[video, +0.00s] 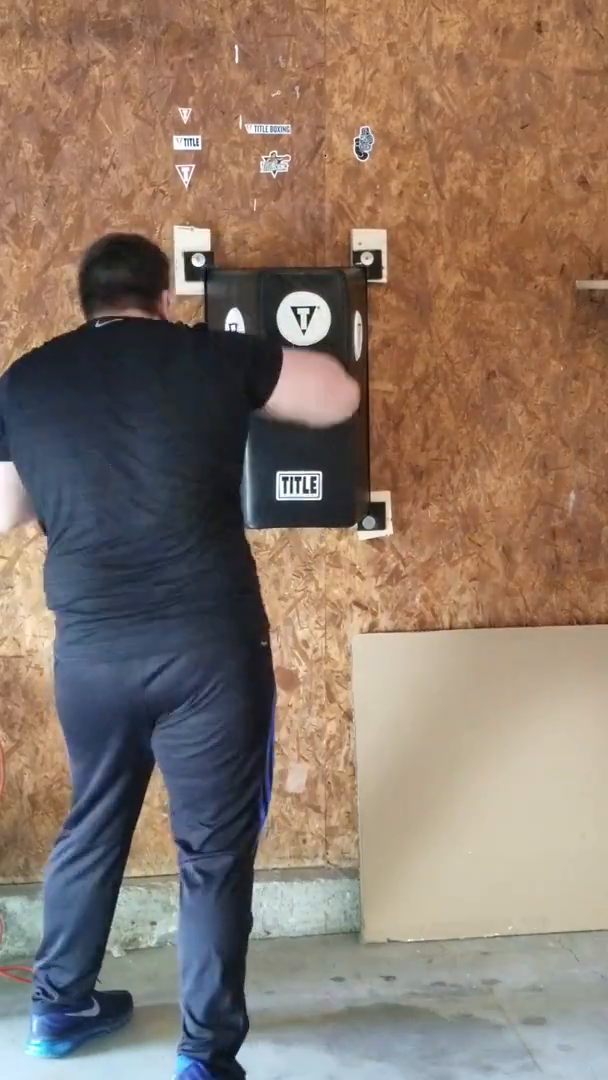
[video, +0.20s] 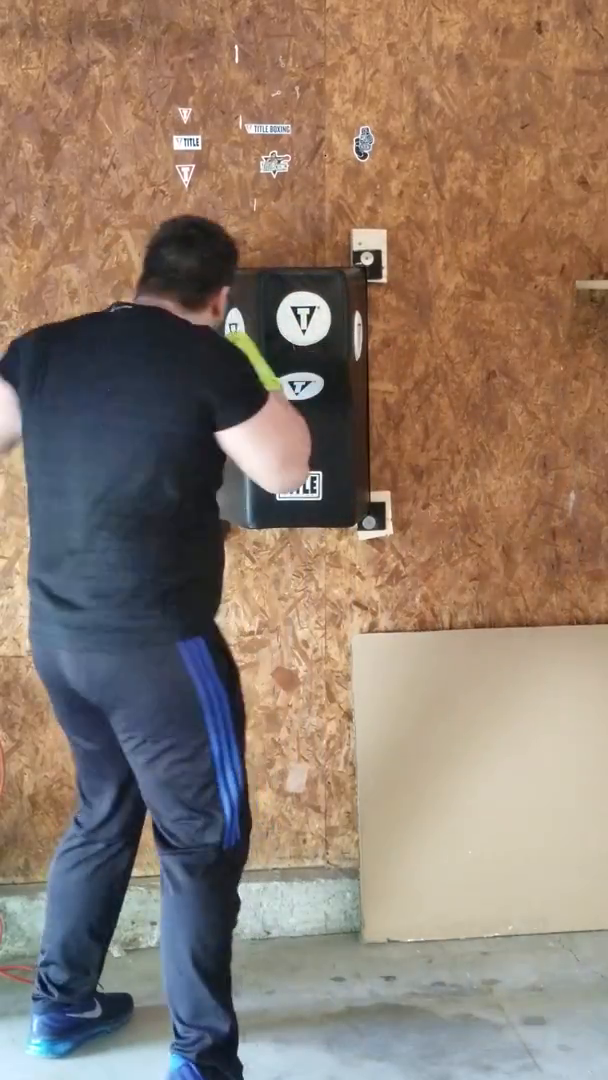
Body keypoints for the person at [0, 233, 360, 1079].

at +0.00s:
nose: (165, 300)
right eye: (166, 290)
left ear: (83, 303)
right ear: (164, 296)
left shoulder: (22, 381)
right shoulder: (214, 356)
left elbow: (17, 511)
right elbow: (338, 396)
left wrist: (81, 478)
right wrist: (246, 362)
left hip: (91, 651)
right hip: (209, 642)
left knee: (92, 820)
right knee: (213, 855)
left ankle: (60, 1004)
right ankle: (208, 1048)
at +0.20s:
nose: (229, 310)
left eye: (228, 299)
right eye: (230, 299)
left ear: (140, 280)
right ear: (216, 296)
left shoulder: (44, 349)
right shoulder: (205, 361)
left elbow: (2, 425)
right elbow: (285, 467)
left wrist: (77, 394)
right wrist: (253, 377)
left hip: (58, 637)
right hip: (155, 640)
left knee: (104, 808)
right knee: (203, 838)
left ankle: (63, 1004)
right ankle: (204, 1048)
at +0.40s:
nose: (239, 322)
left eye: (242, 310)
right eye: (242, 309)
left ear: (168, 271)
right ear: (224, 305)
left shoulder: (99, 325)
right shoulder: (152, 362)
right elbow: (233, 481)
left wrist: (205, 355)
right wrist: (253, 389)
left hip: (52, 612)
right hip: (109, 624)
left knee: (105, 801)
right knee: (162, 818)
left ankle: (59, 1002)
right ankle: (87, 1033)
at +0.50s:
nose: (243, 348)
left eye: (248, 336)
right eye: (248, 333)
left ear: (174, 290)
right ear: (226, 325)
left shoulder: (93, 340)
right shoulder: (143, 371)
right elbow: (223, 507)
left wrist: (211, 406)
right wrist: (259, 420)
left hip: (90, 617)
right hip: (90, 627)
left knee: (132, 780)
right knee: (113, 822)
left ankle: (58, 962)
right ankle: (59, 1041)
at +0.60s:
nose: (246, 361)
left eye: (250, 349)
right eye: (250, 349)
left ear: (179, 305)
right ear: (225, 347)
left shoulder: (121, 352)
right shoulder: (129, 387)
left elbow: (177, 492)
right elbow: (207, 524)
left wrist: (215, 427)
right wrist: (246, 435)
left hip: (92, 618)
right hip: (72, 630)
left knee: (134, 767)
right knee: (104, 824)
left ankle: (71, 947)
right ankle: (56, 1043)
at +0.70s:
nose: (256, 378)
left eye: (258, 364)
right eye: (259, 366)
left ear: (188, 318)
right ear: (231, 367)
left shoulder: (141, 362)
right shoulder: (119, 403)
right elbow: (157, 545)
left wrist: (208, 467)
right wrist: (247, 462)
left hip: (85, 619)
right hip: (50, 627)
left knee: (118, 773)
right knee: (102, 834)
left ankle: (80, 935)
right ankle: (53, 1040)